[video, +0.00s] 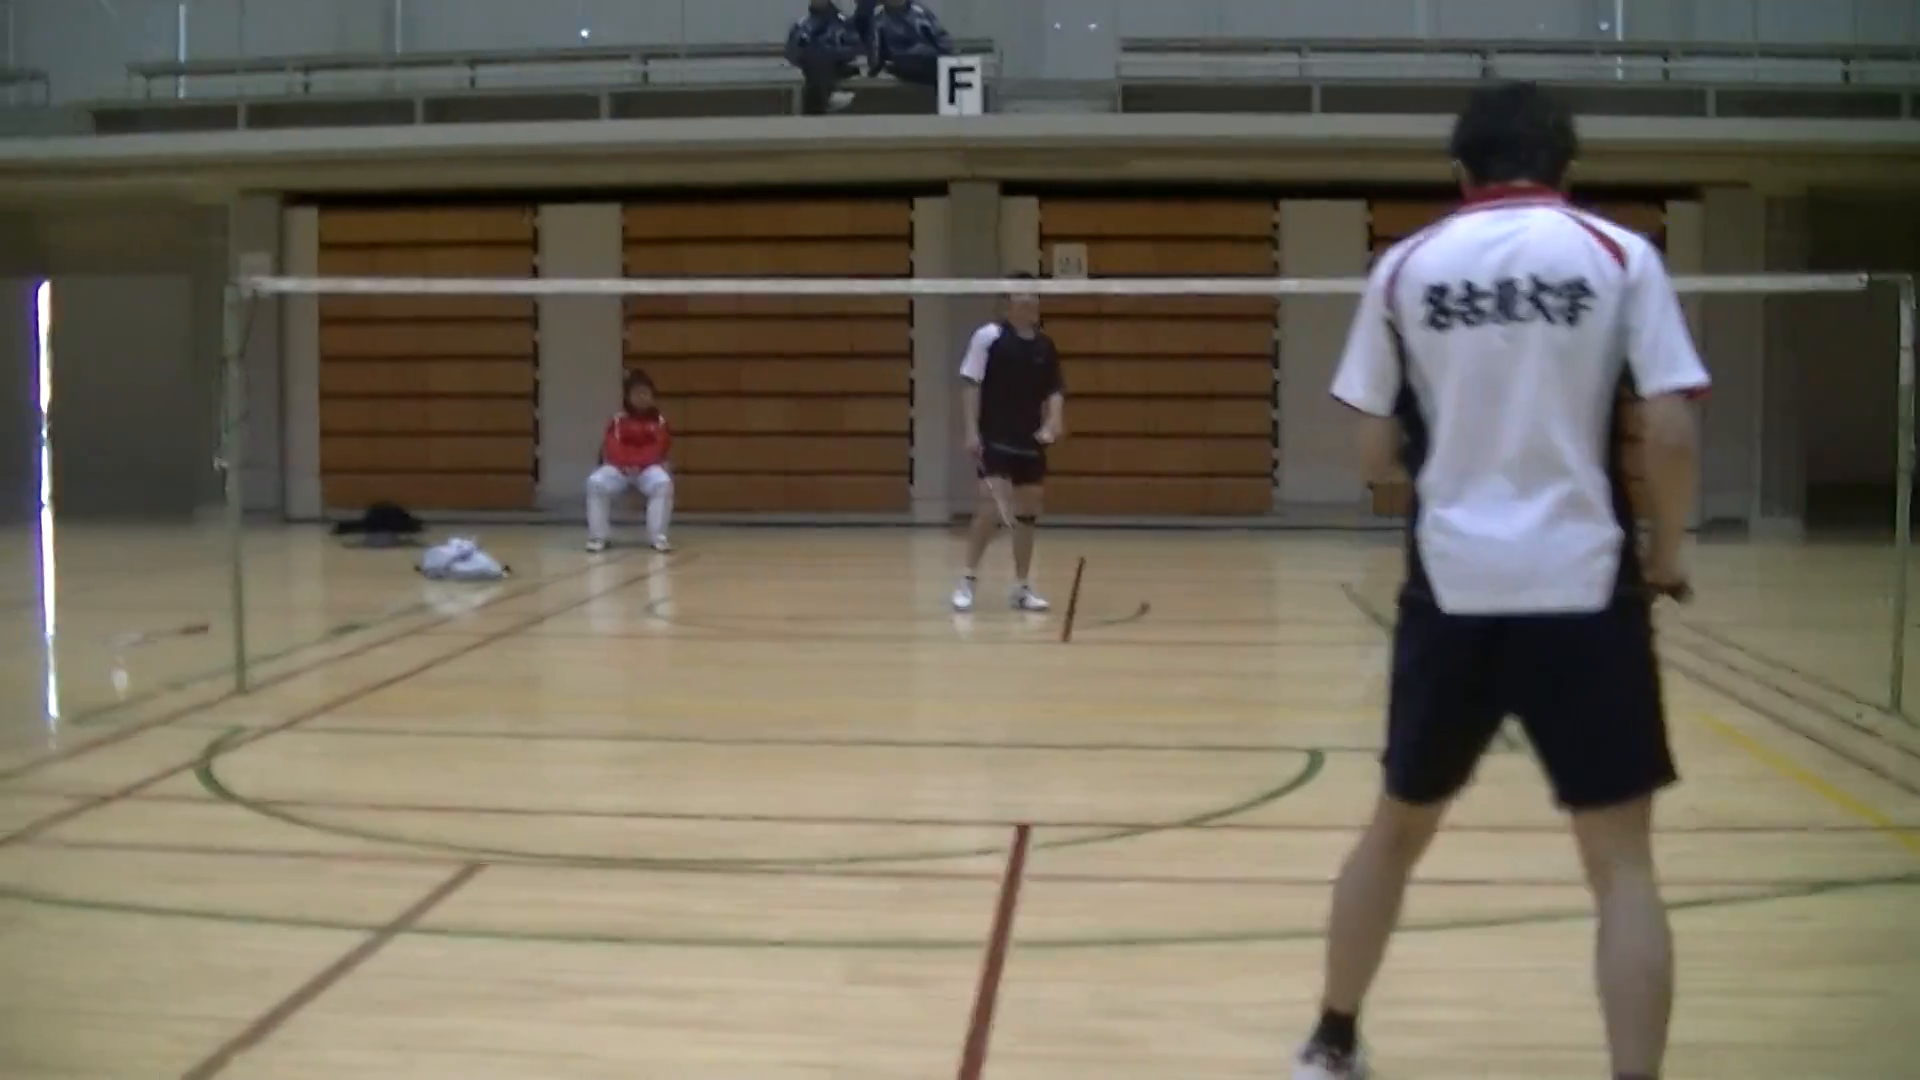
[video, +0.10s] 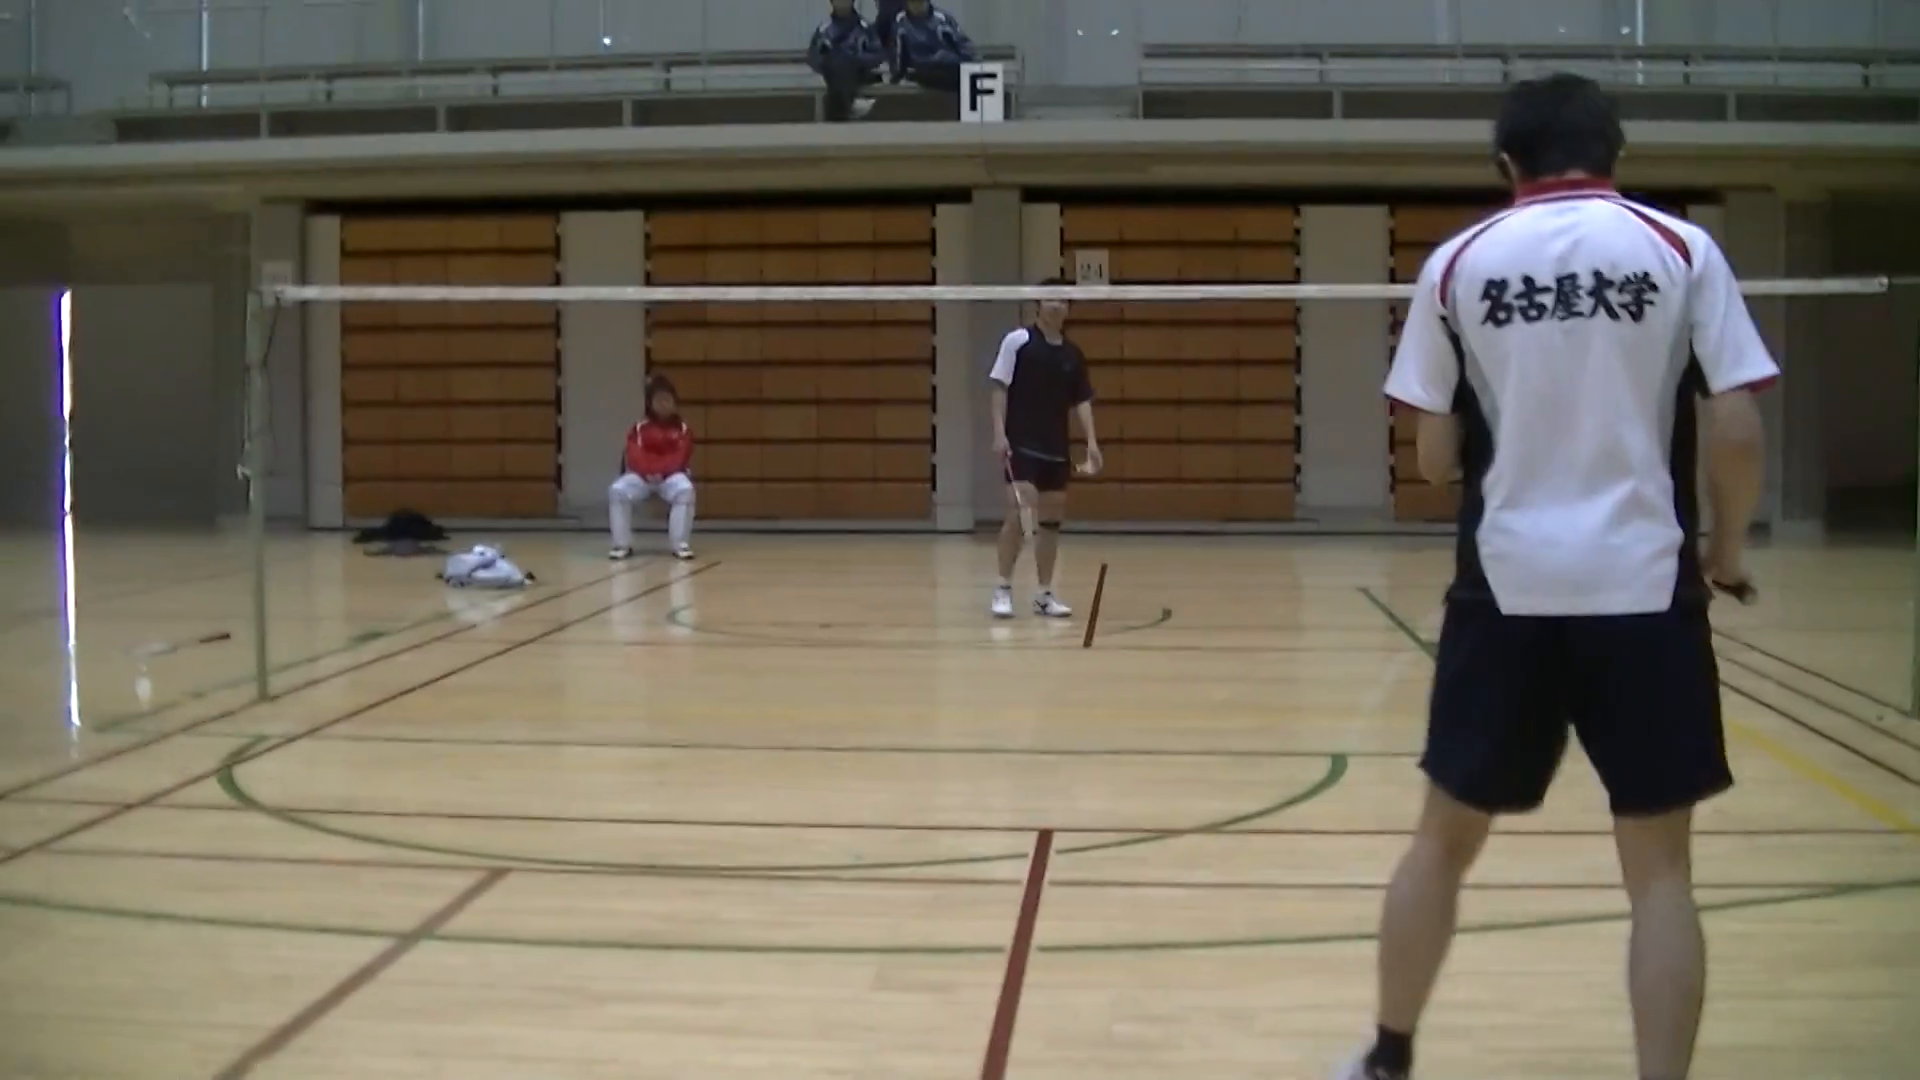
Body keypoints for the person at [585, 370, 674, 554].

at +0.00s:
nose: (641, 398)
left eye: (645, 393)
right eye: (636, 393)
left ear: (652, 396)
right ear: (628, 397)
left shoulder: (658, 421)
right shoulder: (619, 421)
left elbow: (660, 449)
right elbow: (612, 448)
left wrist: (639, 463)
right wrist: (624, 463)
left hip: (647, 466)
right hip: (620, 465)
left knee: (662, 484)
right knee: (596, 482)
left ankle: (658, 536)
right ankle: (598, 537)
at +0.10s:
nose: (664, 404)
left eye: (667, 399)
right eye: (659, 400)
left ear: (674, 402)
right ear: (650, 403)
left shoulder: (681, 428)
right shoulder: (639, 429)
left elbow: (681, 457)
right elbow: (634, 457)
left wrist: (663, 472)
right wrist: (647, 471)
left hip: (670, 474)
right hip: (642, 474)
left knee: (685, 491)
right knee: (618, 491)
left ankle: (680, 543)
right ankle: (621, 545)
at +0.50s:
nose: (665, 443)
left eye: (669, 438)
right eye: (660, 439)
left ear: (675, 440)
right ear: (650, 442)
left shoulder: (683, 467)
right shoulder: (641, 466)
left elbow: (681, 495)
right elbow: (635, 492)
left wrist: (663, 509)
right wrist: (646, 508)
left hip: (671, 513)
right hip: (643, 512)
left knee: (686, 529)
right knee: (618, 528)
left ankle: (680, 581)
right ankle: (622, 582)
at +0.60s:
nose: (665, 446)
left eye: (668, 441)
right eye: (659, 441)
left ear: (675, 443)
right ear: (650, 445)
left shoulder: (683, 470)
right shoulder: (640, 469)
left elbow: (681, 498)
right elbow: (635, 495)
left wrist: (663, 512)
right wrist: (646, 511)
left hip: (671, 515)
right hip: (643, 514)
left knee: (686, 531)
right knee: (618, 530)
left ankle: (680, 583)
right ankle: (622, 585)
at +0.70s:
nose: (664, 447)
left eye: (668, 442)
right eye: (659, 443)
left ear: (674, 445)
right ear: (650, 447)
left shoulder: (683, 472)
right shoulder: (640, 471)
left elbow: (681, 500)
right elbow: (634, 496)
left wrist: (663, 514)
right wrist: (645, 514)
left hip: (670, 517)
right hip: (642, 517)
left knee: (686, 534)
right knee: (617, 533)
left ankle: (680, 586)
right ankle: (622, 587)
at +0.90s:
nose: (663, 450)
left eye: (667, 445)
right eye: (658, 446)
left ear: (673, 447)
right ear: (649, 449)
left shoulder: (682, 474)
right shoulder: (639, 473)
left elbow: (680, 502)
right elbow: (634, 499)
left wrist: (662, 516)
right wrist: (645, 516)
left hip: (670, 519)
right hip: (642, 519)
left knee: (685, 536)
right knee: (616, 535)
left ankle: (679, 588)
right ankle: (621, 589)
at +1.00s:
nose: (663, 450)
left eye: (667, 445)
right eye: (658, 446)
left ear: (672, 448)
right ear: (649, 449)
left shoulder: (682, 474)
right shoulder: (638, 473)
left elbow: (680, 502)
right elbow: (633, 499)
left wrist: (662, 517)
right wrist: (644, 516)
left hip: (669, 520)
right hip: (641, 519)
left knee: (684, 536)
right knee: (616, 536)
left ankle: (678, 588)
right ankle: (621, 590)